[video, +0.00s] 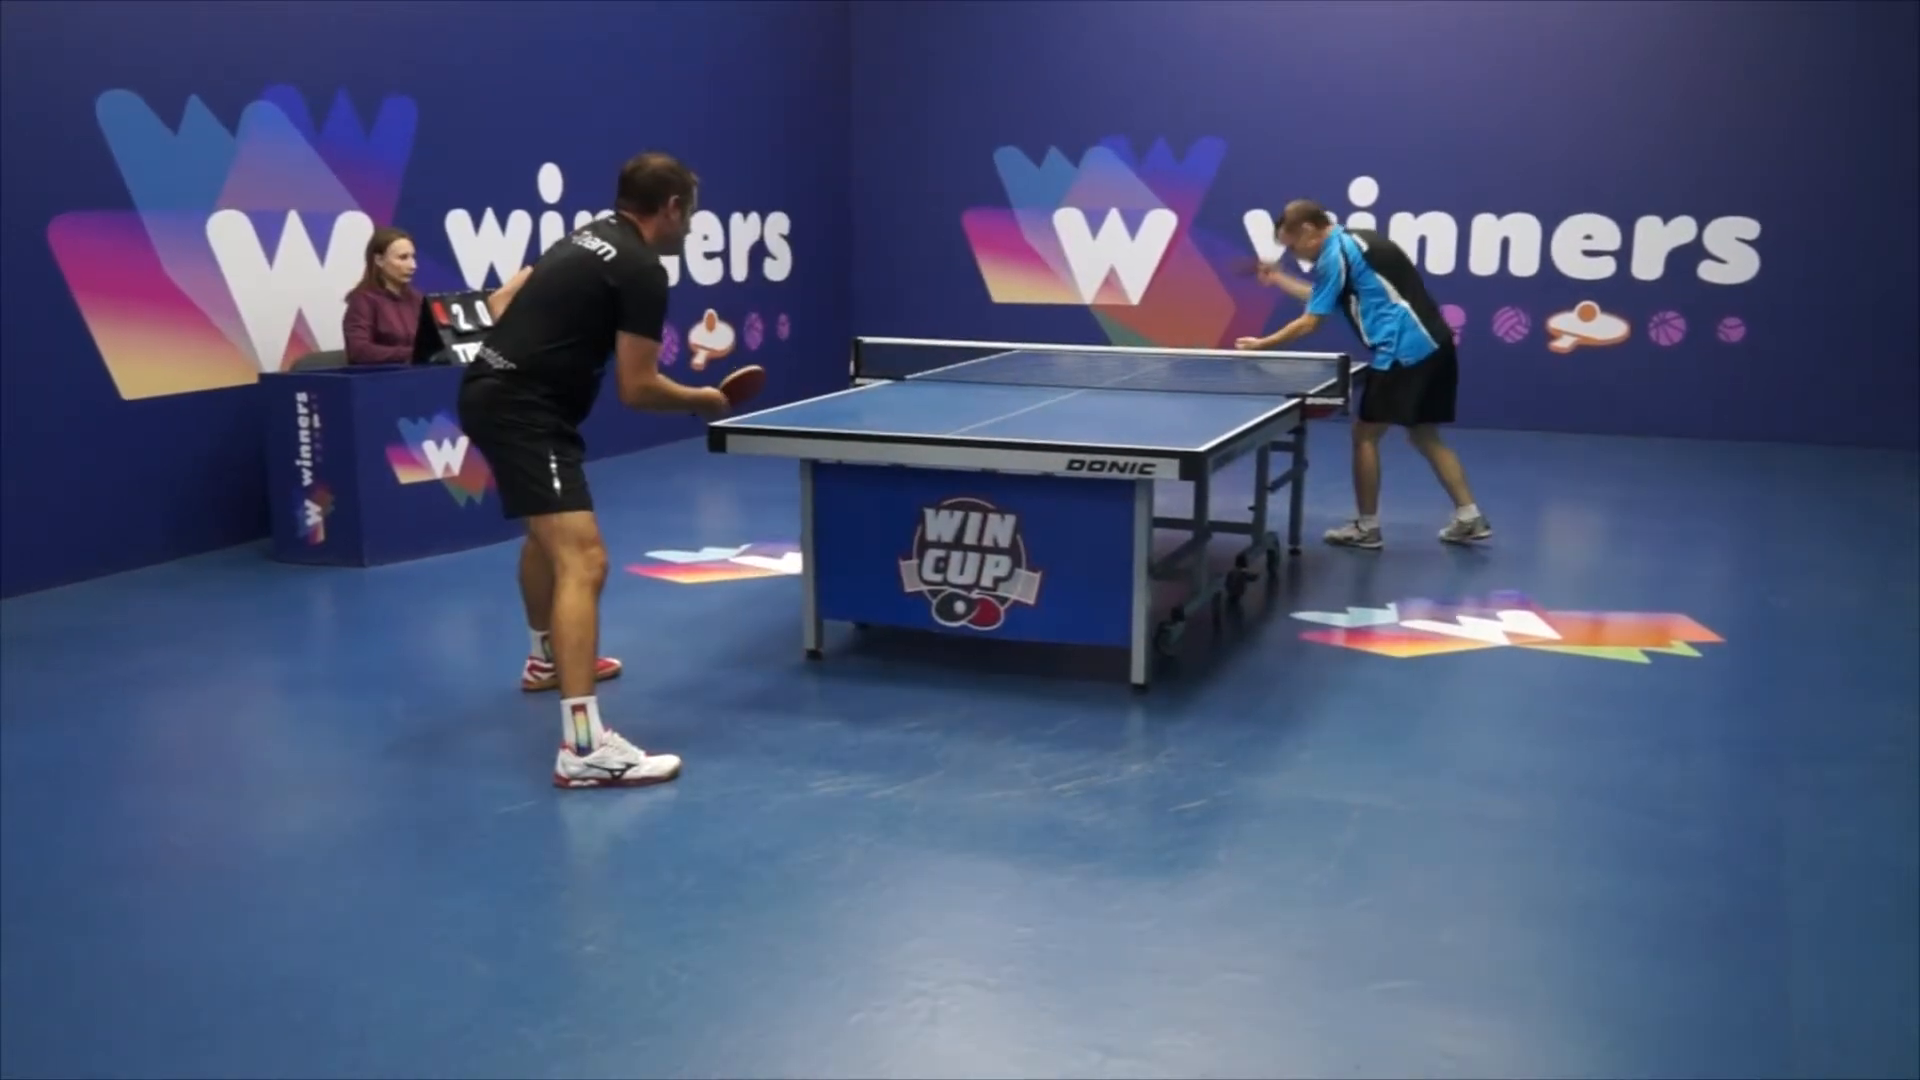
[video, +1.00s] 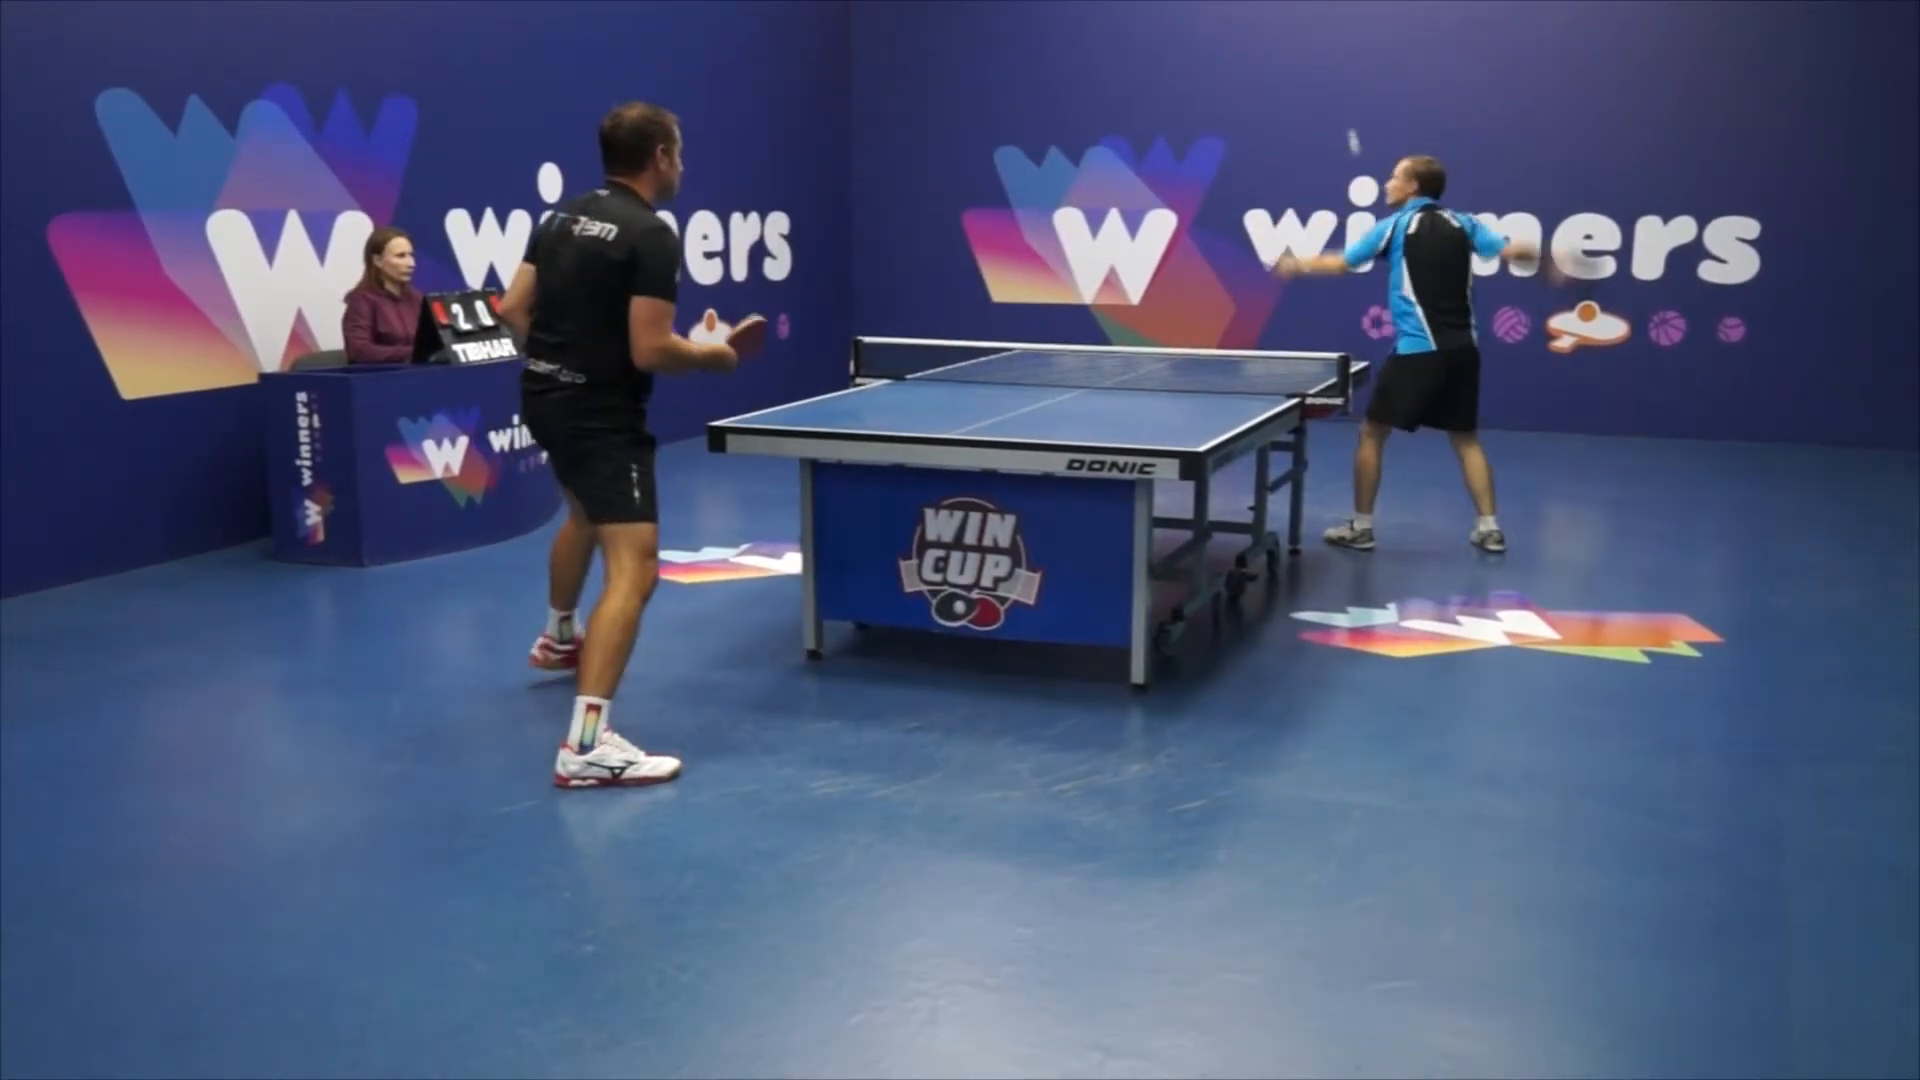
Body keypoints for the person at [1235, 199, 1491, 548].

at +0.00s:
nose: (1293, 253)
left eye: (1292, 245)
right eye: (1289, 247)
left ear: (1311, 230)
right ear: (1317, 228)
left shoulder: (1335, 253)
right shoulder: (1359, 240)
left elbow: (1310, 321)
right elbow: (1323, 297)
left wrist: (1261, 343)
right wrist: (1280, 279)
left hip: (1399, 352)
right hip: (1432, 347)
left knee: (1365, 434)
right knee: (1424, 434)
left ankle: (1367, 526)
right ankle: (1470, 516)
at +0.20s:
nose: (1314, 227)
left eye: (1317, 219)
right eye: (1312, 220)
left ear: (1338, 211)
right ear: (1344, 210)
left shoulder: (1353, 242)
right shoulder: (1384, 228)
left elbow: (1316, 305)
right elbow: (1325, 267)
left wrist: (1270, 336)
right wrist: (1304, 223)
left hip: (1403, 353)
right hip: (1442, 348)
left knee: (1366, 434)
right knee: (1444, 433)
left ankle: (1367, 525)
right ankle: (1486, 518)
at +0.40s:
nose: (1346, 197)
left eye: (1350, 191)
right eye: (1345, 190)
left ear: (1370, 195)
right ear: (1383, 195)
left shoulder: (1375, 229)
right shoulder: (1417, 222)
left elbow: (1320, 253)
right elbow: (1353, 239)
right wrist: (1351, 182)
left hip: (1403, 357)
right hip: (1446, 352)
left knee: (1366, 436)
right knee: (1457, 439)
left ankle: (1367, 525)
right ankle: (1488, 525)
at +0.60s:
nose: (1378, 179)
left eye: (1385, 173)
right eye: (1381, 172)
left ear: (1409, 181)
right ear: (1419, 184)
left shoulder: (1398, 215)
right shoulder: (1448, 219)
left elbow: (1333, 204)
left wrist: (1291, 177)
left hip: (1409, 352)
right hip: (1453, 351)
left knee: (1370, 435)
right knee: (1463, 438)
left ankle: (1366, 526)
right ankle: (1489, 526)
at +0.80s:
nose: (1399, 174)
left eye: (1406, 168)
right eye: (1403, 167)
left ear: (1425, 178)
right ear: (1437, 181)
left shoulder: (1405, 214)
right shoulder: (1469, 227)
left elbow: (1341, 216)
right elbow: (1475, 287)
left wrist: (1292, 198)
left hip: (1413, 350)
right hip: (1458, 351)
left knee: (1373, 434)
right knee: (1467, 437)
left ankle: (1361, 526)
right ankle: (1490, 527)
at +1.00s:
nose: (1388, 184)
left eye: (1395, 178)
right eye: (1392, 176)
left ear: (1413, 188)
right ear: (1429, 190)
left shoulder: (1394, 224)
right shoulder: (1463, 223)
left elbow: (1343, 264)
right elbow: (1506, 249)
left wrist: (1299, 264)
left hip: (1416, 354)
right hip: (1463, 354)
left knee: (1372, 434)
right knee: (1466, 440)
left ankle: (1361, 526)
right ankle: (1489, 526)